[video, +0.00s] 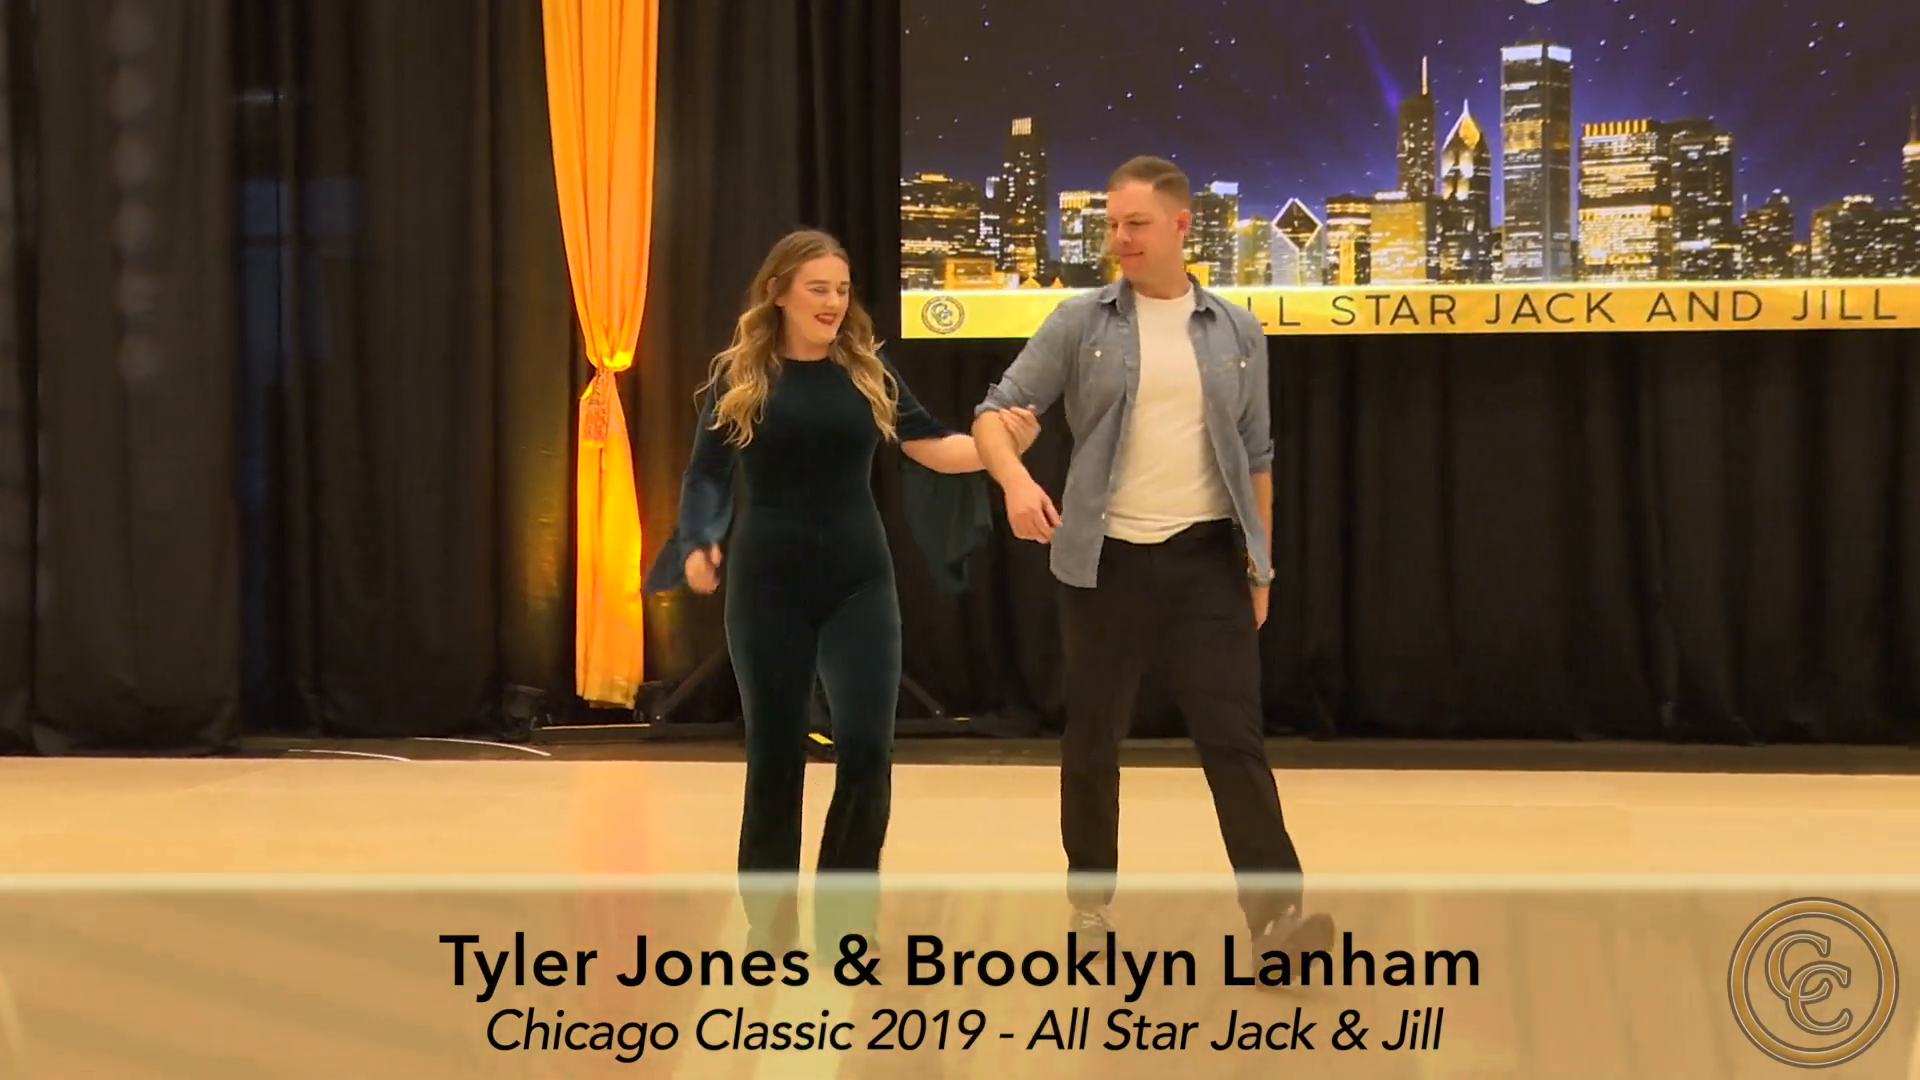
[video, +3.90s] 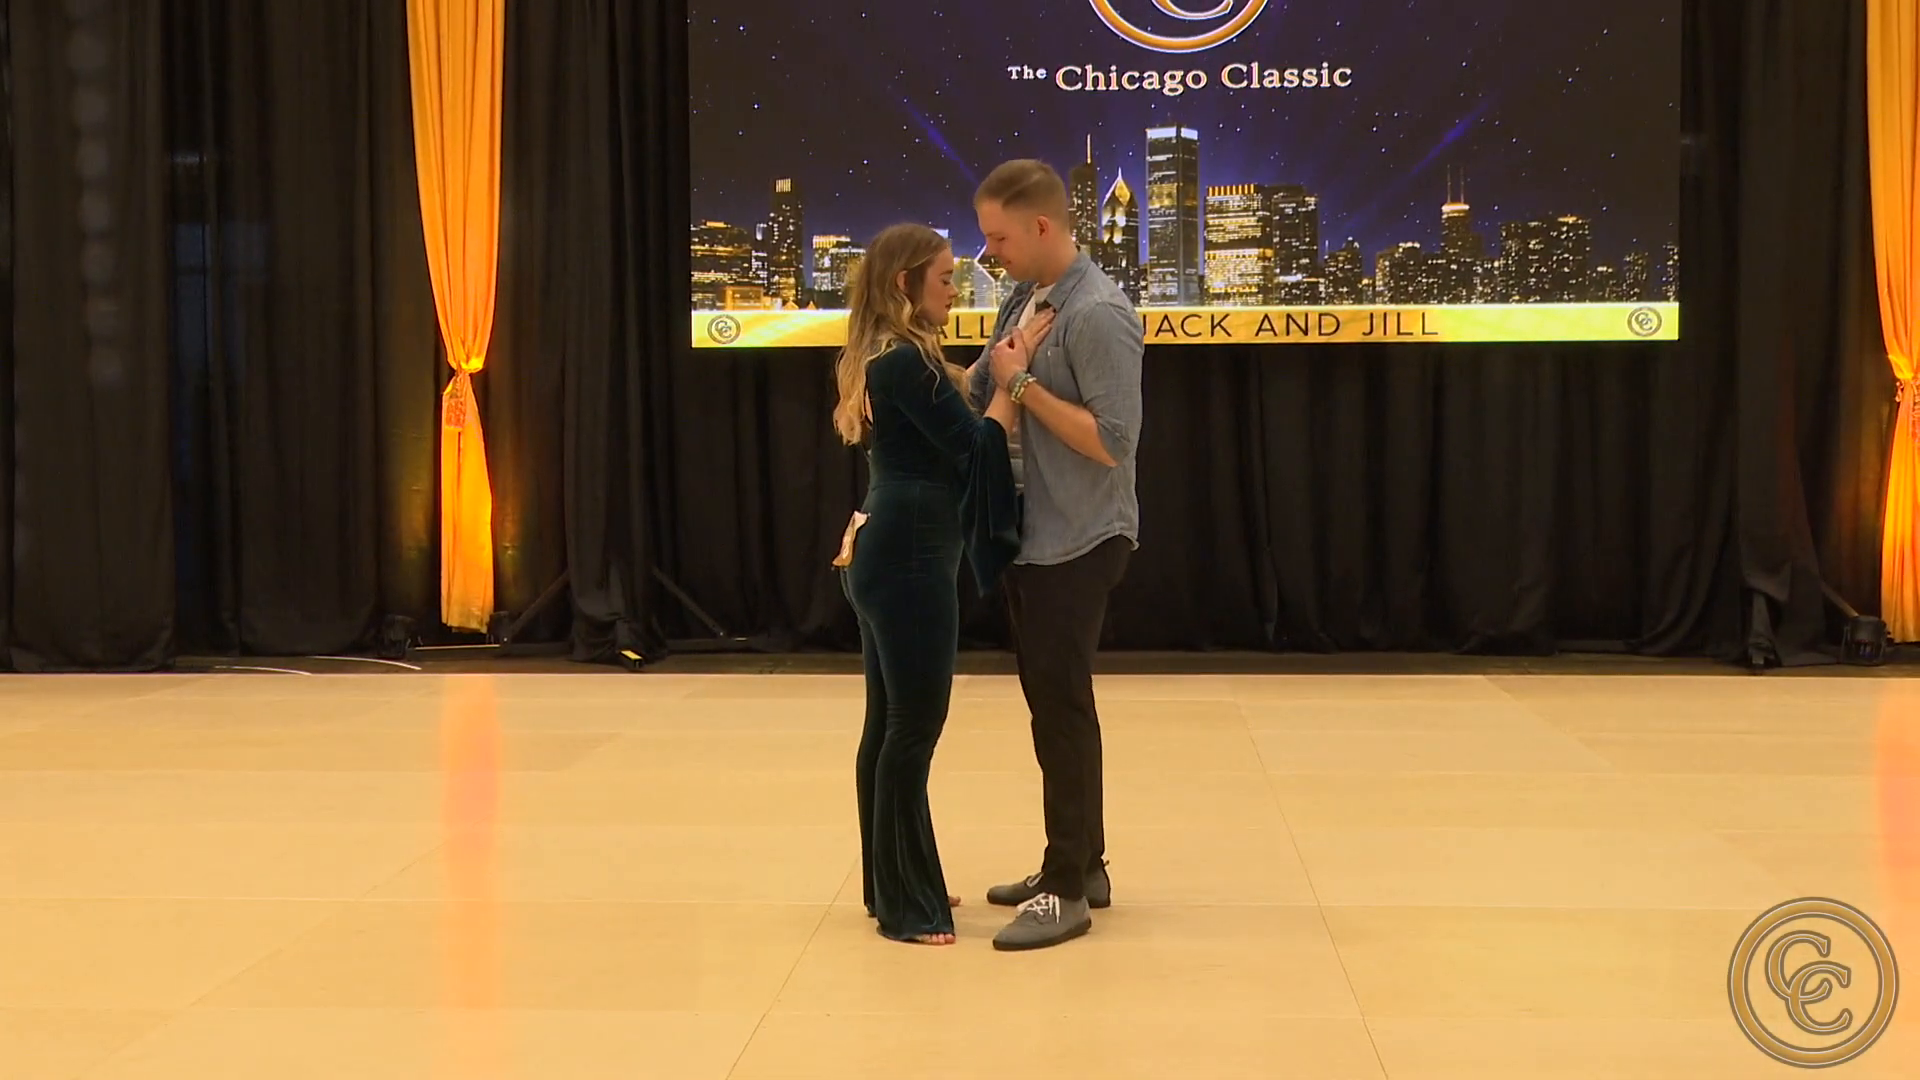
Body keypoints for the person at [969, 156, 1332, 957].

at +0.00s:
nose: (1121, 238)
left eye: (1136, 224)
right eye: (1113, 225)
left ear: (1180, 225)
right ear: (1108, 231)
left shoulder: (1238, 329)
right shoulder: (1080, 320)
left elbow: (1257, 459)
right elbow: (993, 416)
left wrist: (1260, 570)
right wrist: (1013, 478)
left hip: (1208, 558)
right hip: (1102, 558)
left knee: (1234, 744)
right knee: (1091, 743)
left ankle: (1278, 918)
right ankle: (1090, 907)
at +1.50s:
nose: (1026, 201)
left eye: (1039, 185)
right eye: (1026, 187)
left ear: (1095, 189)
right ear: (1071, 193)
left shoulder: (1163, 287)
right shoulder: (1053, 299)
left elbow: (1204, 421)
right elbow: (1021, 423)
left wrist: (1160, 538)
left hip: (1127, 553)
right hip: (1048, 551)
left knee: (1137, 747)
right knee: (1077, 743)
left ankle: (1171, 954)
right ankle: (1112, 917)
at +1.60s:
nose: (1025, 202)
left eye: (1038, 185)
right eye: (1027, 187)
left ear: (1091, 189)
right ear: (1071, 190)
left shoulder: (1154, 282)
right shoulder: (1058, 293)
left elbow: (1183, 416)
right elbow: (1029, 417)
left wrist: (1107, 509)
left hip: (1125, 549)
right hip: (1054, 547)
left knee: (1123, 743)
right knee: (1074, 739)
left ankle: (1157, 963)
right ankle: (1113, 912)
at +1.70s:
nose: (1026, 201)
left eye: (1037, 184)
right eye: (1028, 185)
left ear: (1087, 187)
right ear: (1082, 187)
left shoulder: (1142, 276)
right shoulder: (1069, 294)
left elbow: (1157, 405)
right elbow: (1044, 419)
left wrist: (1043, 459)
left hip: (1121, 540)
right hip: (1063, 541)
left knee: (1106, 734)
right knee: (1066, 729)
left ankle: (1144, 961)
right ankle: (1106, 909)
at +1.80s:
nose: (1025, 196)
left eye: (1035, 179)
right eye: (1028, 180)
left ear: (1080, 180)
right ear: (1080, 182)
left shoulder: (1133, 273)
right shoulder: (1081, 288)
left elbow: (1132, 397)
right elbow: (1046, 402)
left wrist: (997, 405)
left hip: (1112, 539)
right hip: (1063, 540)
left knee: (1095, 727)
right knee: (1044, 717)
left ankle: (1135, 953)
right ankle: (1100, 907)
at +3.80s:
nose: (992, 253)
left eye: (999, 238)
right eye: (988, 240)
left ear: (1045, 225)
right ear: (1034, 231)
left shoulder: (1098, 312)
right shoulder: (1027, 306)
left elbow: (1108, 444)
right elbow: (980, 404)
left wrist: (1020, 381)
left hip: (1079, 539)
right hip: (1035, 533)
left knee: (1067, 711)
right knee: (1053, 707)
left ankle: (1069, 890)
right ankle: (1077, 864)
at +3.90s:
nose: (993, 256)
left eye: (998, 241)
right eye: (988, 243)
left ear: (1044, 226)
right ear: (1033, 231)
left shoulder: (1098, 312)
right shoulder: (1027, 306)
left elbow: (1110, 445)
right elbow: (979, 404)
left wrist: (1021, 383)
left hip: (1081, 537)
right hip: (1037, 532)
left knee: (1063, 704)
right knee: (1050, 702)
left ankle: (1071, 887)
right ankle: (1074, 863)